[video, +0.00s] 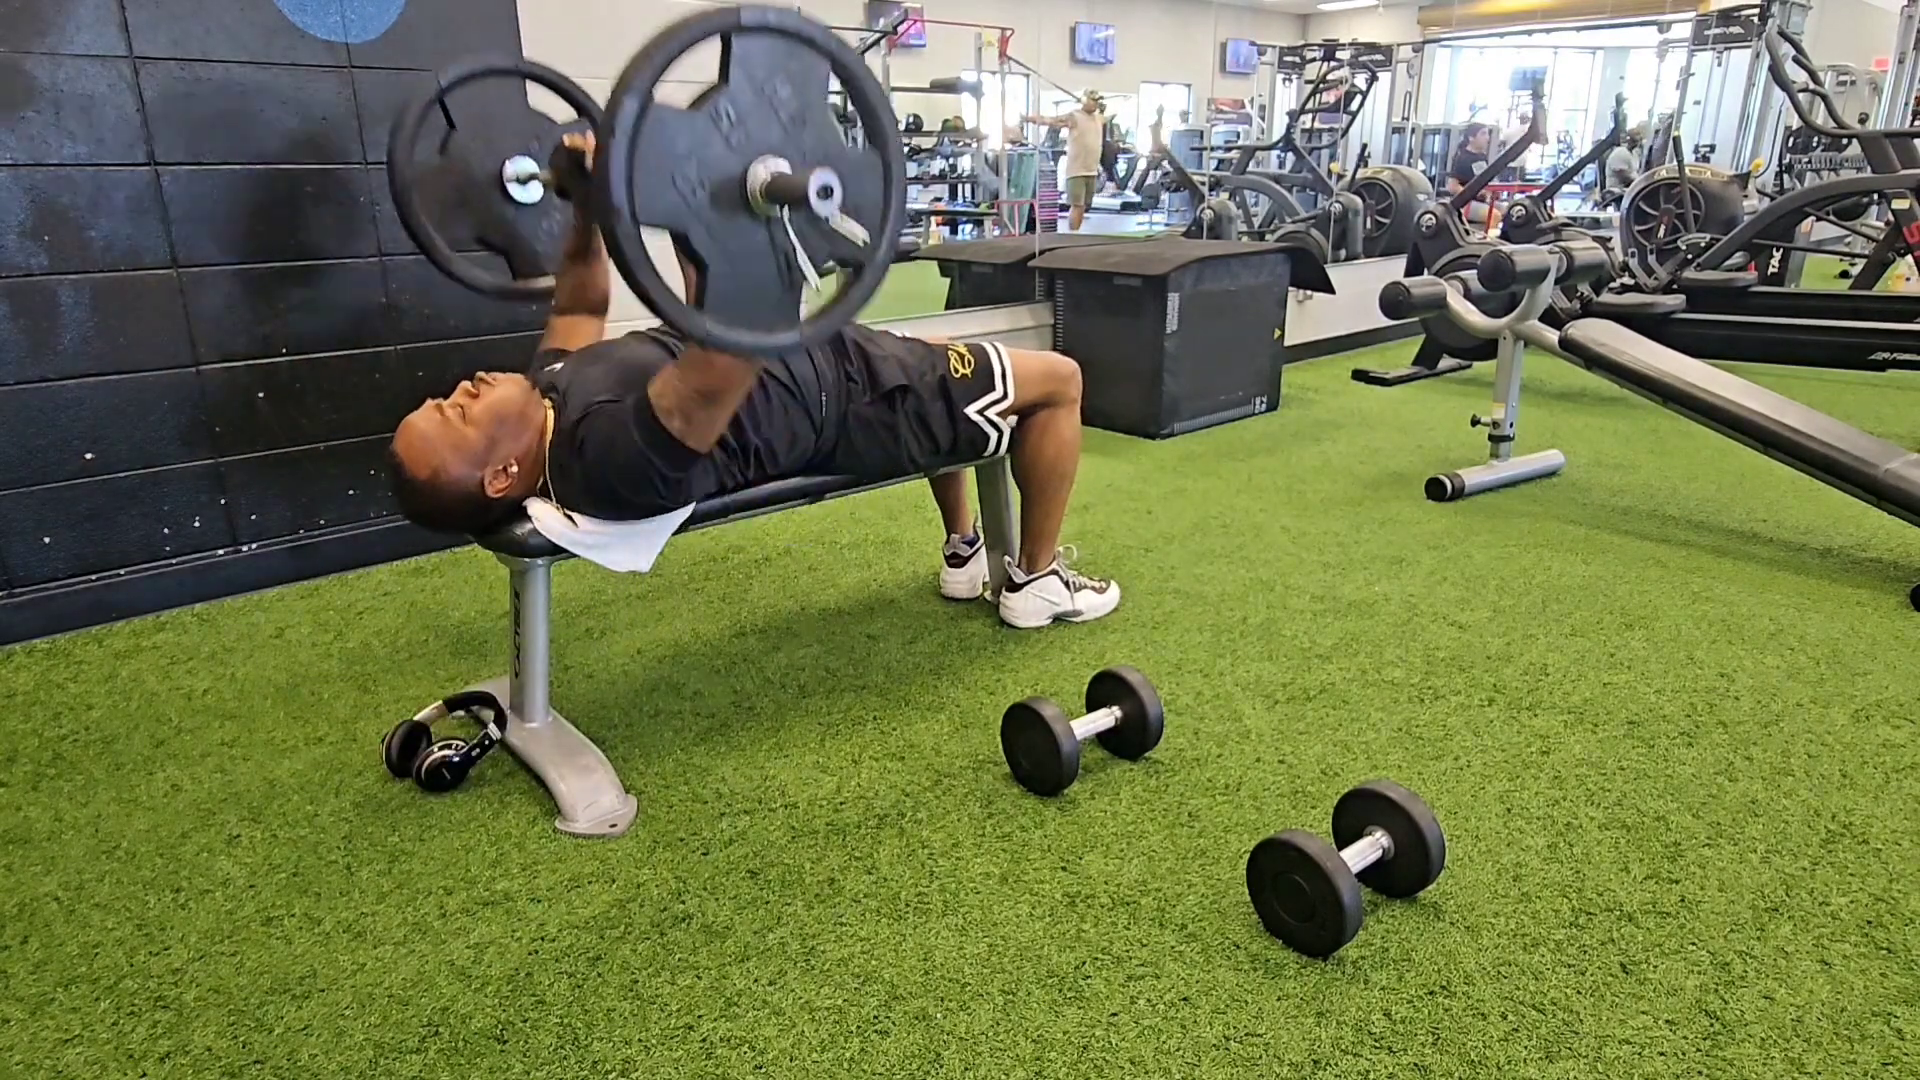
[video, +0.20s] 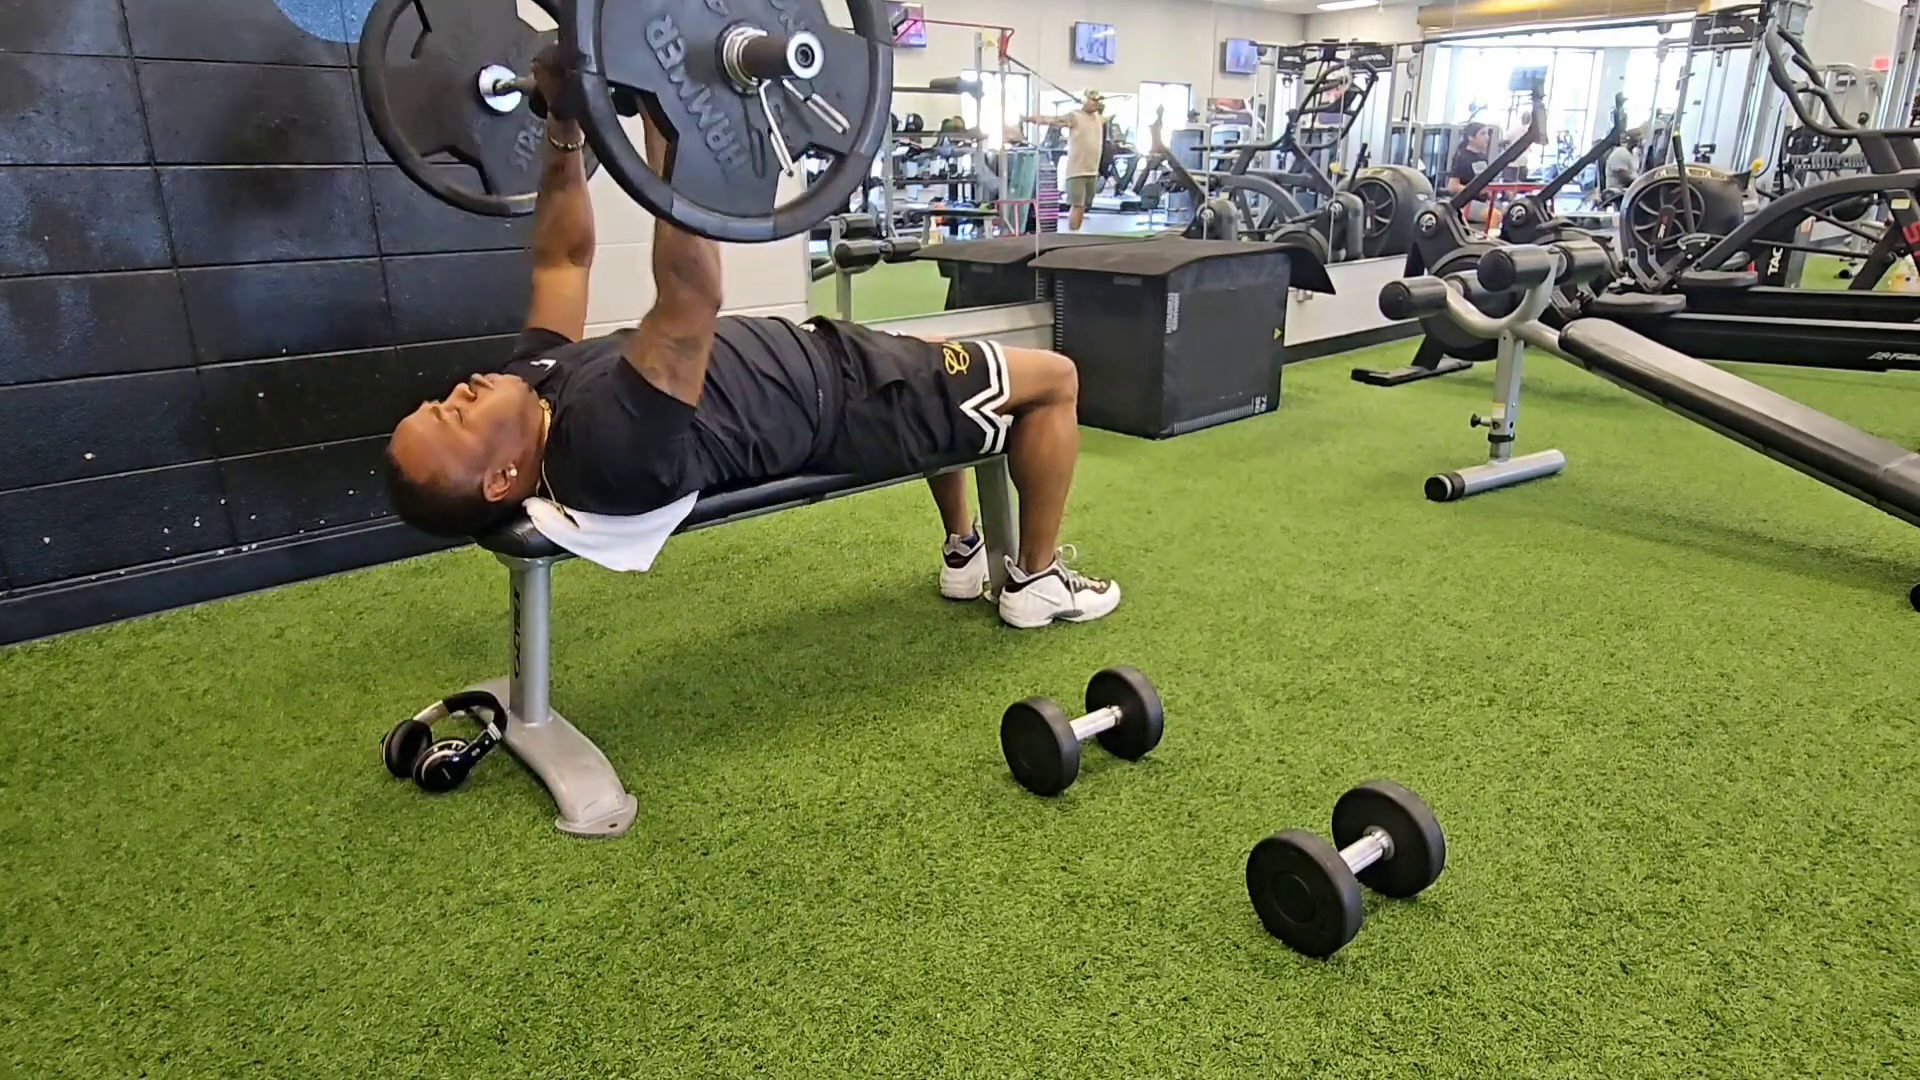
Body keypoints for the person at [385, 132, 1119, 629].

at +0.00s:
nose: (467, 377)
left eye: (445, 392)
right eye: (457, 405)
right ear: (505, 473)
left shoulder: (545, 395)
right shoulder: (608, 460)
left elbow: (575, 313)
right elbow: (715, 371)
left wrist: (585, 204)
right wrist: (719, 221)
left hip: (804, 358)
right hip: (844, 401)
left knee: (937, 349)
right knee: (1060, 380)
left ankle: (965, 546)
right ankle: (1039, 578)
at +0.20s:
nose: (462, 381)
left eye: (440, 395)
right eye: (460, 406)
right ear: (507, 472)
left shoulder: (529, 376)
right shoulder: (611, 446)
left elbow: (561, 261)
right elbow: (689, 295)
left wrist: (562, 123)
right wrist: (672, 125)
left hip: (794, 350)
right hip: (842, 395)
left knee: (934, 362)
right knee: (1053, 379)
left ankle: (967, 550)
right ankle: (1038, 576)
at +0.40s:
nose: (472, 381)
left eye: (449, 393)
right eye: (461, 409)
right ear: (505, 482)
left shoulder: (555, 408)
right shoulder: (613, 469)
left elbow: (598, 348)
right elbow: (737, 436)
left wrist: (592, 252)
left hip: (797, 373)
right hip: (843, 412)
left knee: (931, 349)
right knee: (1059, 379)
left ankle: (967, 549)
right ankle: (1037, 578)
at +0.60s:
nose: (479, 377)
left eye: (455, 389)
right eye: (467, 407)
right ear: (511, 478)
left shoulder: (560, 397)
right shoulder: (613, 462)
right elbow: (728, 497)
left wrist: (609, 332)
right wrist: (802, 515)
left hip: (785, 374)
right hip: (848, 421)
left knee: (923, 346)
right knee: (1062, 378)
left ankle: (965, 547)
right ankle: (1039, 577)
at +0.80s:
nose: (490, 382)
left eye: (470, 388)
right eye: (482, 405)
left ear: (502, 374)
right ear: (518, 472)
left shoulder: (562, 393)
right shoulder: (598, 457)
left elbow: (632, 345)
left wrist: (561, 315)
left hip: (803, 357)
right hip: (854, 411)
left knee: (945, 344)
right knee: (1067, 379)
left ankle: (967, 544)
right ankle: (1040, 577)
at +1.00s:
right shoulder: (545, 415)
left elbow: (516, 271)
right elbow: (686, 332)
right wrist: (556, 324)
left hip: (788, 351)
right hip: (829, 395)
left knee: (942, 354)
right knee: (1055, 374)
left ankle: (968, 550)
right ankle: (1041, 573)